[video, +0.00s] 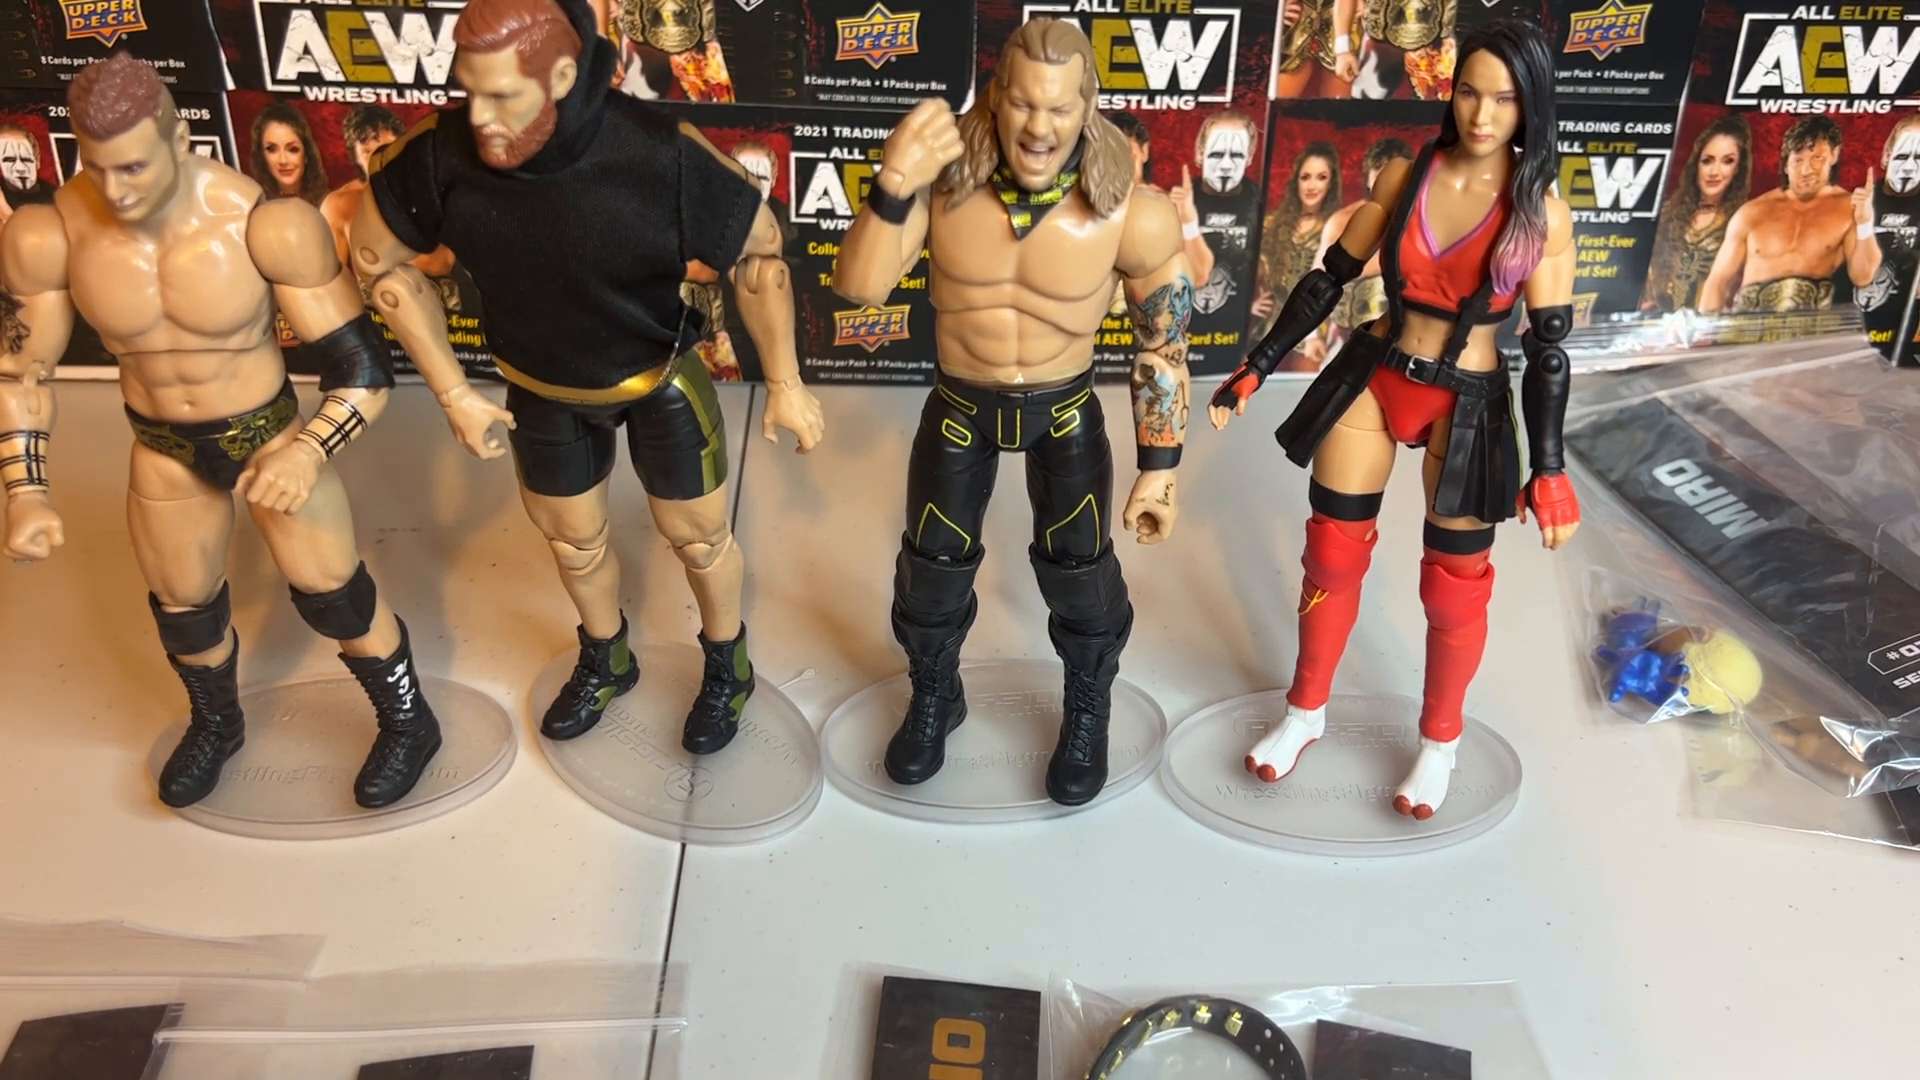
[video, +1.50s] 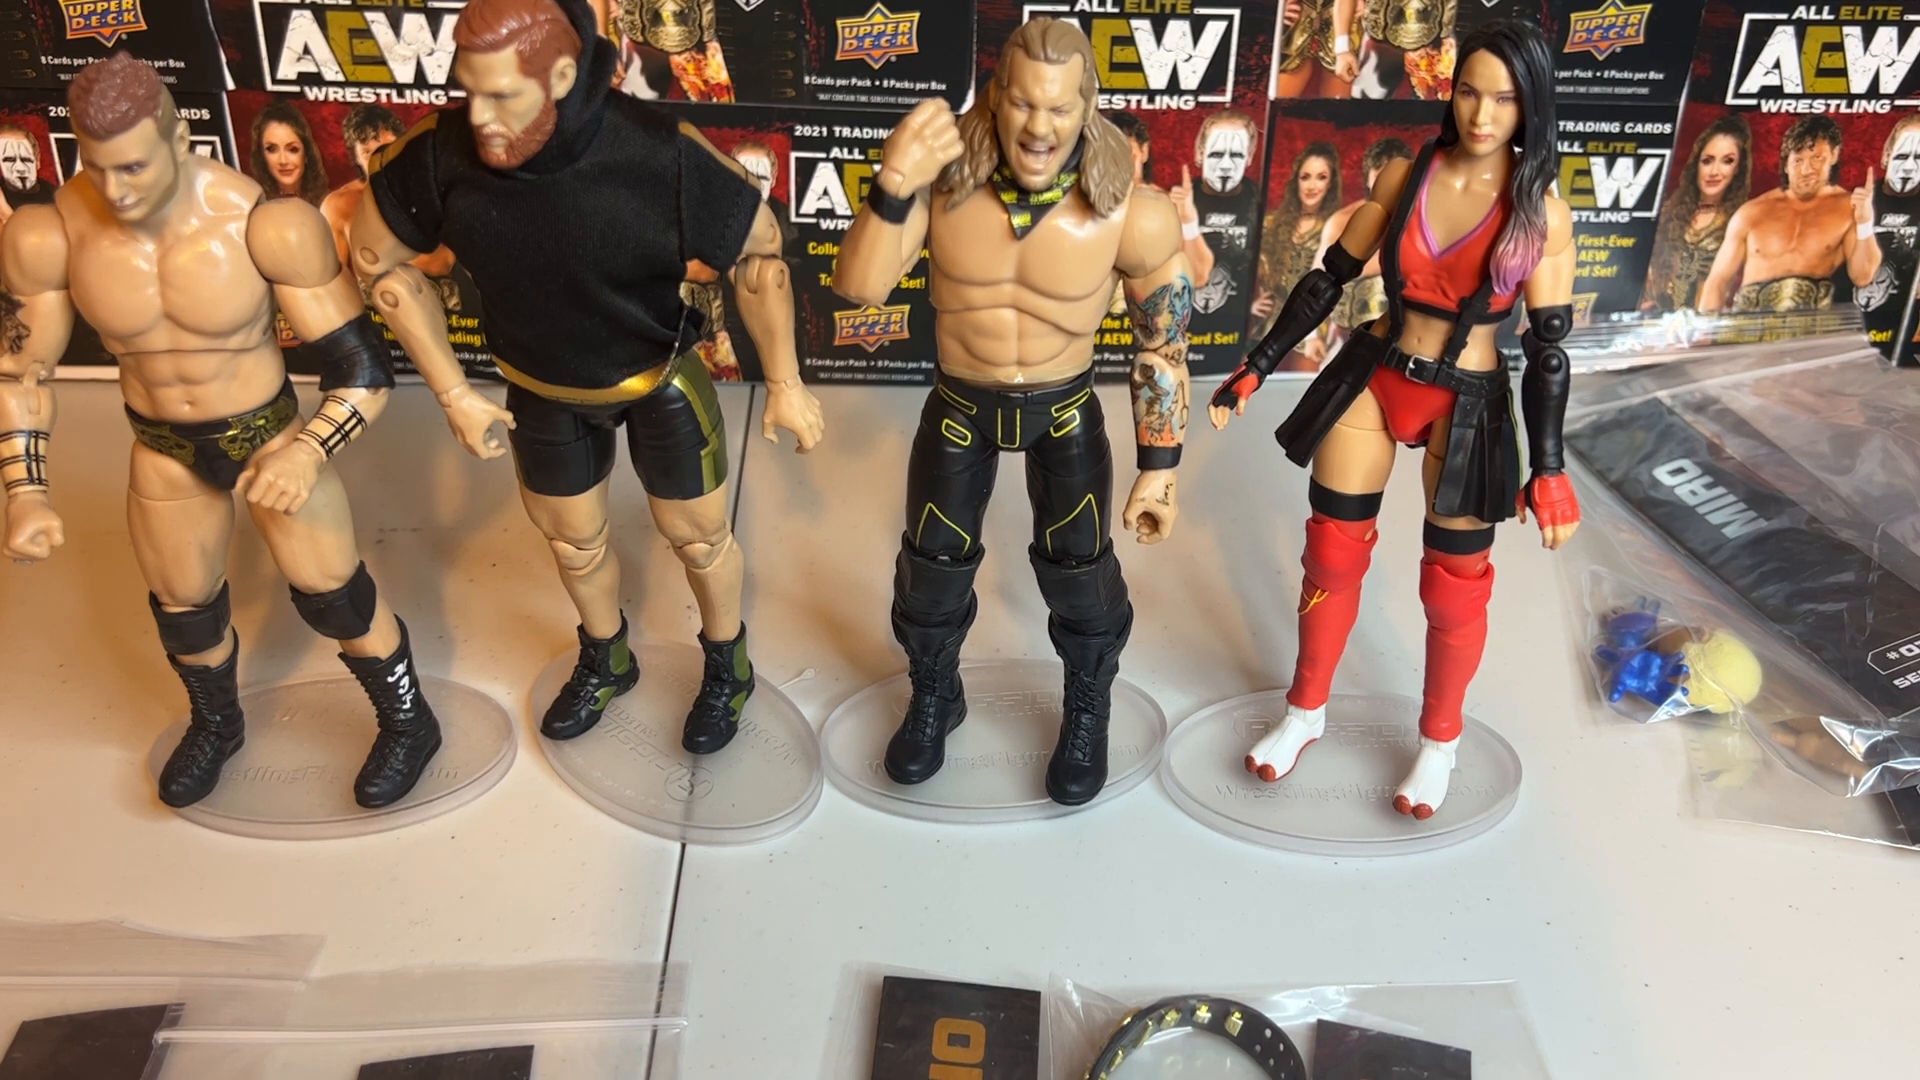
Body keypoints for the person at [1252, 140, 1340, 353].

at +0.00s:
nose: (1312, 185)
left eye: (1321, 178)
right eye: (1305, 177)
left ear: (1332, 183)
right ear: (1295, 181)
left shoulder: (1338, 229)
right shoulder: (1271, 224)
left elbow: (1338, 286)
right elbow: (1254, 273)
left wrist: (1323, 337)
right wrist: (1253, 302)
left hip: (1313, 334)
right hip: (1269, 328)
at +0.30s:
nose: (1312, 186)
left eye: (1321, 178)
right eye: (1305, 177)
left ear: (1332, 183)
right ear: (1295, 180)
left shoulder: (1338, 230)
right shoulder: (1271, 225)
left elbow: (1337, 287)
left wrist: (1321, 335)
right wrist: (1252, 301)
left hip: (1313, 333)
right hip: (1269, 329)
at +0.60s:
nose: (1312, 185)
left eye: (1321, 177)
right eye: (1305, 177)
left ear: (1332, 183)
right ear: (1295, 180)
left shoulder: (1337, 229)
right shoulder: (1271, 224)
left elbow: (1336, 286)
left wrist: (1321, 335)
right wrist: (1254, 302)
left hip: (1313, 335)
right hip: (1270, 329)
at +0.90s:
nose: (1312, 185)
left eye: (1321, 177)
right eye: (1305, 177)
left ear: (1331, 182)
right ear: (1295, 180)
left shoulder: (1337, 228)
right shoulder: (1270, 224)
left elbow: (1335, 285)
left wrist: (1321, 335)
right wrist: (1253, 301)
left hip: (1310, 332)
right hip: (1269, 327)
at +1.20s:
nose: (1312, 185)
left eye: (1321, 177)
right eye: (1305, 177)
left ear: (1332, 183)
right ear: (1295, 181)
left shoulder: (1337, 229)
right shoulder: (1270, 224)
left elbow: (1333, 285)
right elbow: (1253, 274)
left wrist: (1320, 334)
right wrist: (1253, 301)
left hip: (1310, 334)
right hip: (1268, 328)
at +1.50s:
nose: (1312, 185)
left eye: (1321, 177)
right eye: (1305, 177)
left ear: (1332, 182)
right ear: (1295, 180)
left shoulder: (1338, 229)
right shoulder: (1270, 225)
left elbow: (1336, 287)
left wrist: (1321, 335)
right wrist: (1254, 302)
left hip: (1313, 334)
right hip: (1269, 328)